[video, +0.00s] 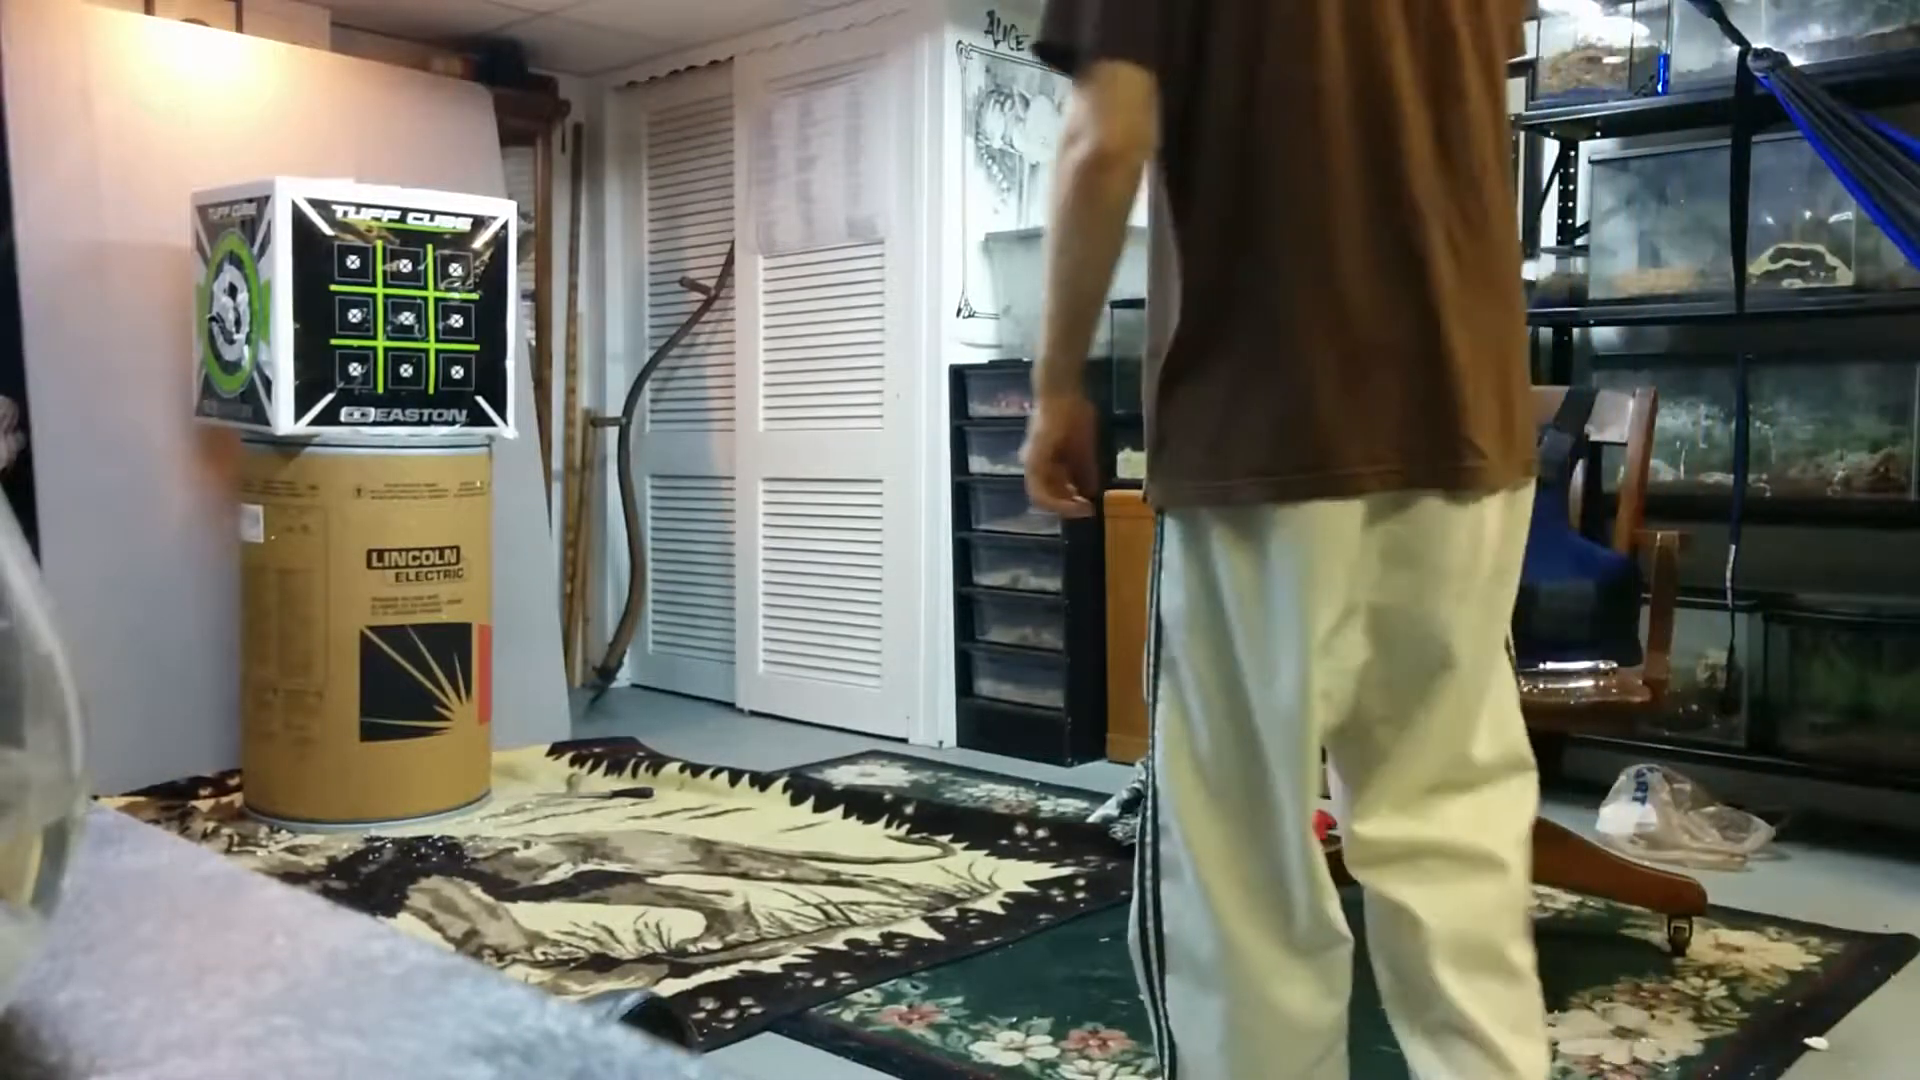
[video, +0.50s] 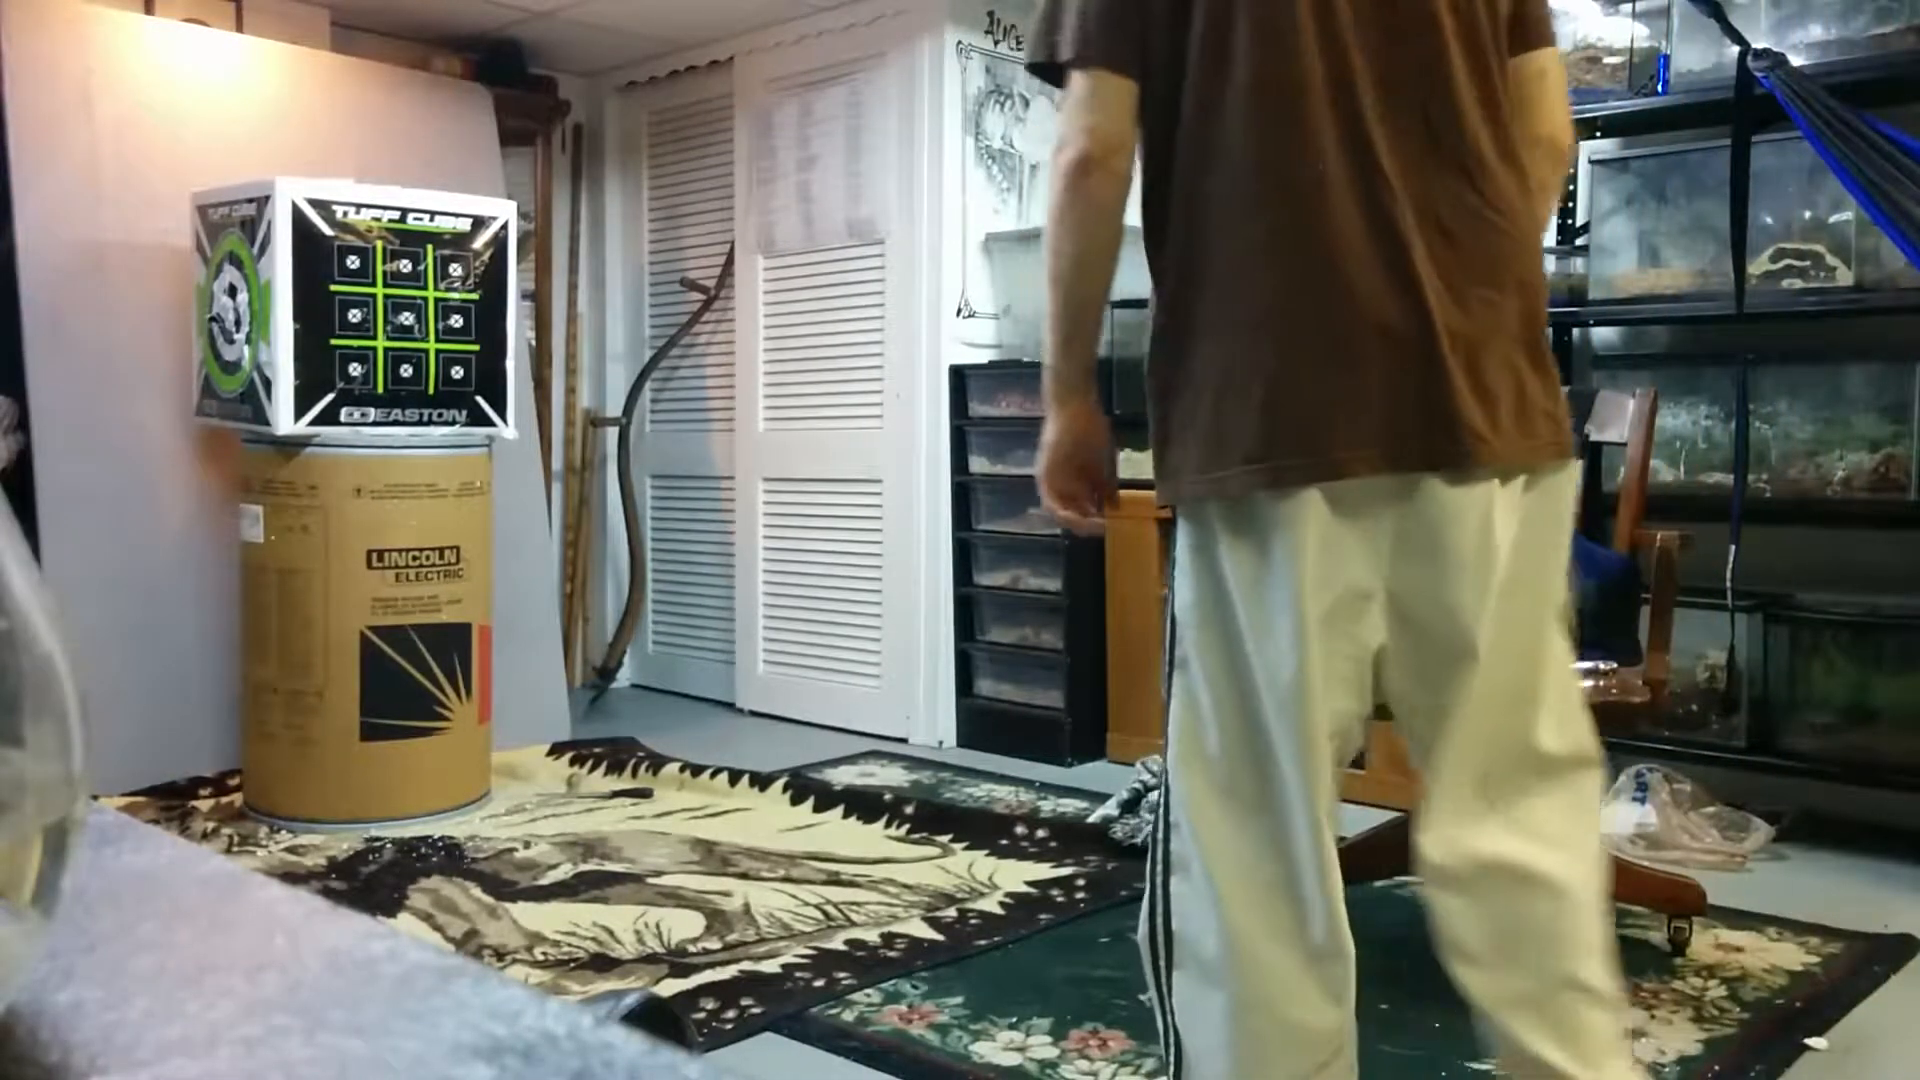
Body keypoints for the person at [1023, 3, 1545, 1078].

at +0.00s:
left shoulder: (1144, 2)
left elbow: (1106, 141)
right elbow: (1486, 109)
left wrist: (1058, 382)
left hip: (1259, 398)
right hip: (1470, 384)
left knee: (1236, 836)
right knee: (1448, 812)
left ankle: (1256, 1056)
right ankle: (1491, 1058)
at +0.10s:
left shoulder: (1131, 2)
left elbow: (1078, 154)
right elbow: (1474, 98)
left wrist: (1033, 378)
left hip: (1248, 392)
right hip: (1461, 379)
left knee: (1228, 824)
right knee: (1425, 806)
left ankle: (1256, 1056)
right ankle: (1454, 1056)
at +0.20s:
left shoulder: (1125, 2)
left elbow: (1070, 152)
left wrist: (1020, 376)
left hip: (1243, 385)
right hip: (1456, 372)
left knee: (1232, 820)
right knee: (1418, 805)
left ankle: (1257, 1057)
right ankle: (1436, 1056)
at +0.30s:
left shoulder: (1123, 5)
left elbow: (1072, 151)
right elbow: (1487, 131)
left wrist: (1025, 377)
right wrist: (1454, 320)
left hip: (1248, 378)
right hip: (1462, 366)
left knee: (1237, 811)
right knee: (1427, 796)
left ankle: (1264, 1056)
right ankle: (1437, 1052)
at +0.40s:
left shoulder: (1119, 3)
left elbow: (1076, 155)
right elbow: (1517, 136)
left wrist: (1042, 388)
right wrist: (1455, 313)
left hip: (1252, 377)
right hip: (1473, 366)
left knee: (1245, 811)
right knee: (1463, 789)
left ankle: (1265, 1057)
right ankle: (1491, 1056)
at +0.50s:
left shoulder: (1135, 2)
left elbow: (1090, 151)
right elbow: (1545, 133)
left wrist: (1070, 392)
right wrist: (1469, 307)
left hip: (1271, 383)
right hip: (1487, 373)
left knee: (1255, 819)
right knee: (1519, 791)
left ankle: (1271, 1058)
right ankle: (1577, 1056)